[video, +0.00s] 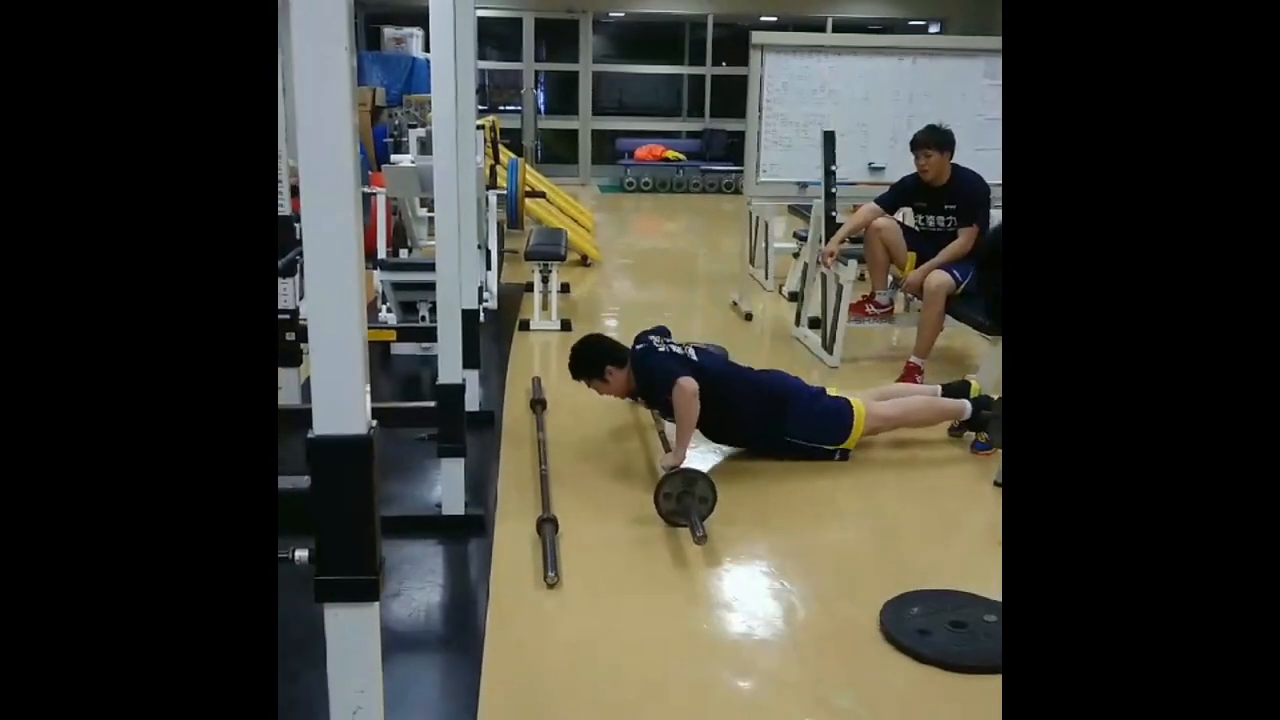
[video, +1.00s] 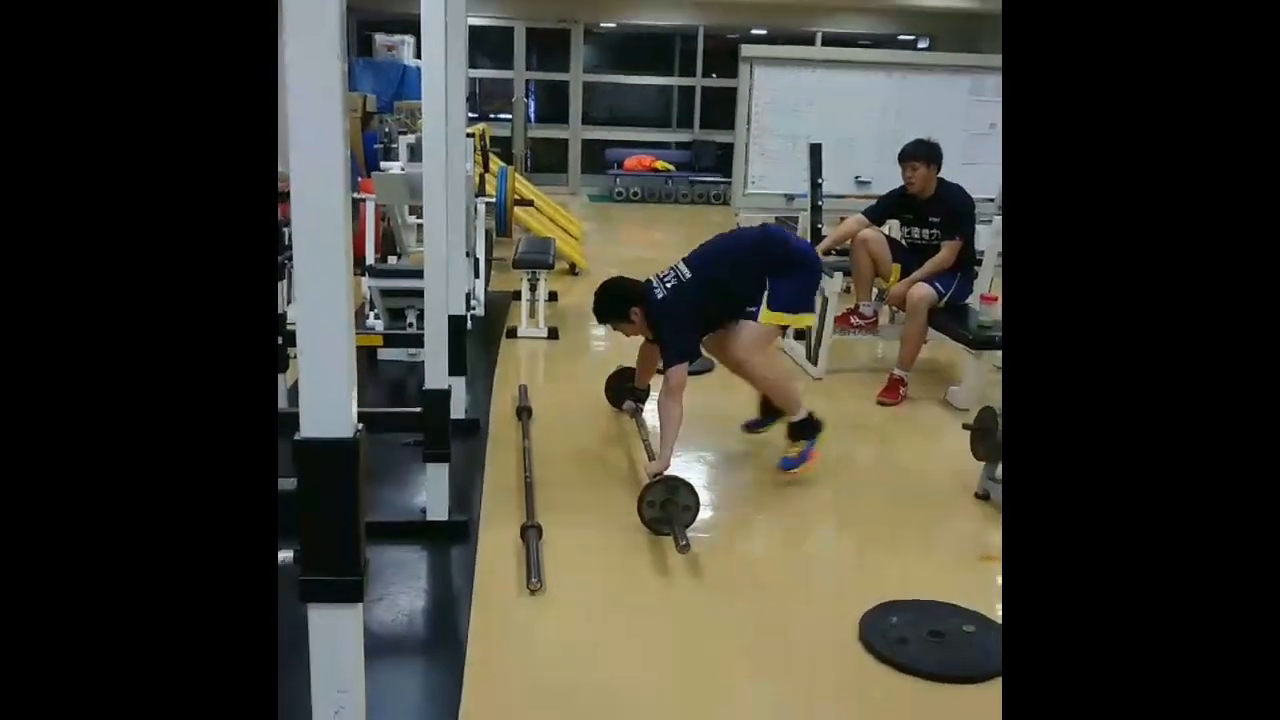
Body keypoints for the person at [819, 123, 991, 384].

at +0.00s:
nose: (920, 163)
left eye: (927, 157)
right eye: (917, 157)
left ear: (947, 156)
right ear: (913, 157)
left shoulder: (971, 186)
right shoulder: (911, 184)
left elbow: (965, 242)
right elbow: (870, 211)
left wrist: (922, 271)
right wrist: (836, 240)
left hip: (961, 257)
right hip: (924, 249)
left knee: (935, 283)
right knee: (877, 227)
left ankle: (915, 365)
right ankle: (880, 301)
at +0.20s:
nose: (917, 163)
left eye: (924, 156)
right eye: (914, 157)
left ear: (945, 155)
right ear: (910, 157)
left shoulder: (969, 186)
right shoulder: (909, 184)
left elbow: (962, 242)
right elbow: (869, 210)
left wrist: (919, 271)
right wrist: (835, 238)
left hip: (963, 258)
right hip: (924, 249)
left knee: (931, 282)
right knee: (876, 226)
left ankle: (911, 366)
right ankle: (877, 301)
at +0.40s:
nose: (916, 163)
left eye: (923, 157)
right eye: (913, 157)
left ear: (944, 157)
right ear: (910, 157)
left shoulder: (967, 187)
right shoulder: (909, 184)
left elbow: (960, 242)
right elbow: (867, 210)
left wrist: (916, 271)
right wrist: (832, 237)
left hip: (961, 260)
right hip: (922, 250)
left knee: (929, 283)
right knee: (874, 227)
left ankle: (908, 367)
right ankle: (874, 302)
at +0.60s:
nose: (915, 166)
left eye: (922, 160)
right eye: (912, 160)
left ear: (943, 160)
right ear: (908, 161)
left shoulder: (965, 190)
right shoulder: (907, 188)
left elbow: (956, 246)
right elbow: (864, 213)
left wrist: (913, 274)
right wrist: (827, 240)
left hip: (959, 264)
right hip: (920, 255)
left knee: (925, 286)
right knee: (871, 230)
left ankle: (906, 369)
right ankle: (872, 304)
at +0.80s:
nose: (912, 170)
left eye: (919, 164)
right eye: (909, 164)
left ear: (939, 164)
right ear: (905, 165)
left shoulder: (962, 195)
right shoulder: (904, 191)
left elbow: (953, 249)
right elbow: (862, 217)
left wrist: (910, 279)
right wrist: (825, 243)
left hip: (956, 268)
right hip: (917, 258)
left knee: (922, 291)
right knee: (868, 234)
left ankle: (903, 372)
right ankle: (869, 309)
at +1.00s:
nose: (907, 175)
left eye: (915, 169)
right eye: (904, 169)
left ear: (934, 170)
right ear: (901, 170)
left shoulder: (957, 199)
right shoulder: (899, 197)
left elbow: (947, 257)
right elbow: (858, 222)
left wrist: (906, 284)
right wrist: (819, 249)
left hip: (954, 273)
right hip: (914, 264)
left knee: (918, 295)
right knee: (864, 238)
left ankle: (899, 378)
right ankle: (864, 314)